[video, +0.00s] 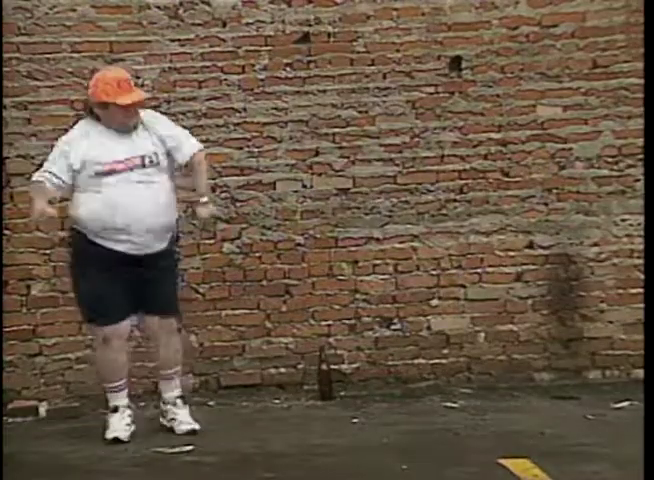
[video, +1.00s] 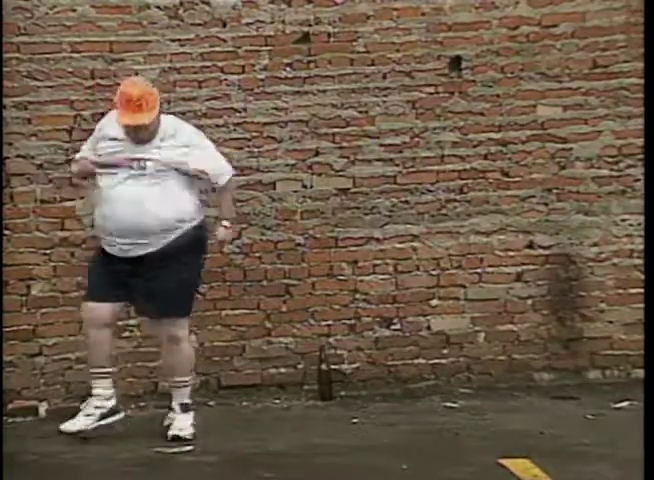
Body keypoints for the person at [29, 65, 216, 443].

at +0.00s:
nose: (135, 111)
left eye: (136, 104)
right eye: (125, 107)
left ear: (138, 99)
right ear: (100, 109)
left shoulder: (153, 123)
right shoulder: (77, 140)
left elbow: (196, 154)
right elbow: (46, 179)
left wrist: (202, 198)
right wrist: (40, 202)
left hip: (158, 247)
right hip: (100, 249)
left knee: (166, 324)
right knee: (111, 332)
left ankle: (173, 404)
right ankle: (119, 410)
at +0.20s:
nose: (133, 111)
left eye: (135, 104)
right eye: (124, 105)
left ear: (138, 99)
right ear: (100, 103)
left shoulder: (145, 128)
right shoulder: (72, 132)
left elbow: (170, 165)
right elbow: (52, 181)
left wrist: (188, 194)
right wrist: (66, 212)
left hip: (161, 240)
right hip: (105, 245)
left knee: (170, 321)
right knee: (114, 334)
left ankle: (182, 398)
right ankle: (115, 409)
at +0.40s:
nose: (125, 109)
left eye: (131, 102)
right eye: (117, 101)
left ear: (139, 104)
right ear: (100, 101)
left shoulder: (144, 137)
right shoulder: (79, 142)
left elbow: (171, 176)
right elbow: (54, 186)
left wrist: (198, 173)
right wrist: (62, 199)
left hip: (164, 250)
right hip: (107, 254)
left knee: (189, 314)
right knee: (118, 339)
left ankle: (181, 385)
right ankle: (115, 411)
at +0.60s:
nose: (121, 105)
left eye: (126, 97)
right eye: (115, 101)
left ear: (143, 92)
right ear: (108, 103)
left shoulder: (170, 117)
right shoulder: (93, 130)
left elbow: (210, 151)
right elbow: (65, 179)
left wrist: (198, 158)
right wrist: (69, 218)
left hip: (166, 242)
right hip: (109, 243)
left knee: (170, 325)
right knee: (109, 328)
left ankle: (178, 408)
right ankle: (111, 408)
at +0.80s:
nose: (140, 149)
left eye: (144, 141)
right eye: (132, 144)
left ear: (155, 126)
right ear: (119, 136)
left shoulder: (182, 147)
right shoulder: (109, 156)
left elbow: (220, 176)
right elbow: (81, 197)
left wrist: (227, 219)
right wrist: (88, 205)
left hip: (173, 263)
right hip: (112, 258)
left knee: (174, 337)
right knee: (100, 330)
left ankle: (177, 412)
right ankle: (103, 408)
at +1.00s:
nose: (137, 131)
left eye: (143, 125)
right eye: (130, 125)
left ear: (157, 114)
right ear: (119, 114)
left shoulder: (184, 137)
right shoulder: (107, 130)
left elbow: (224, 178)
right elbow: (77, 178)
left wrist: (227, 220)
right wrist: (80, 170)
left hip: (174, 246)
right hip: (117, 246)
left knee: (174, 332)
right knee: (95, 316)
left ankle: (182, 411)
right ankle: (103, 400)